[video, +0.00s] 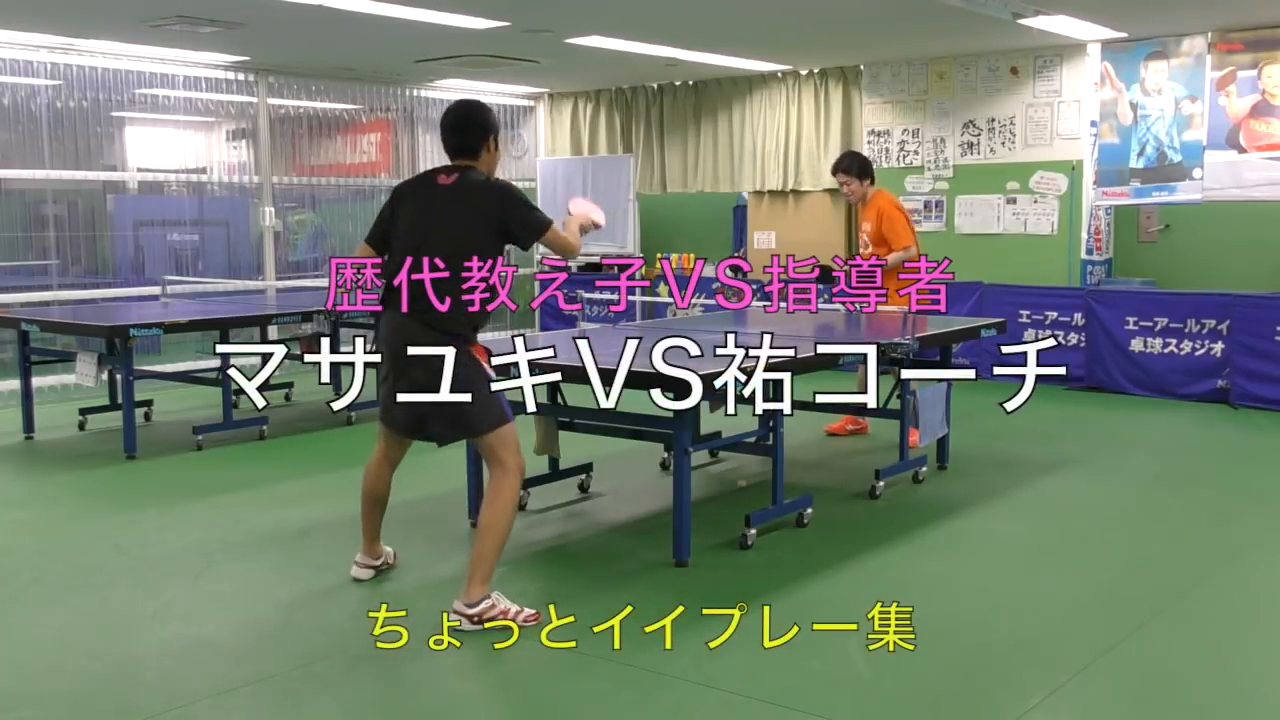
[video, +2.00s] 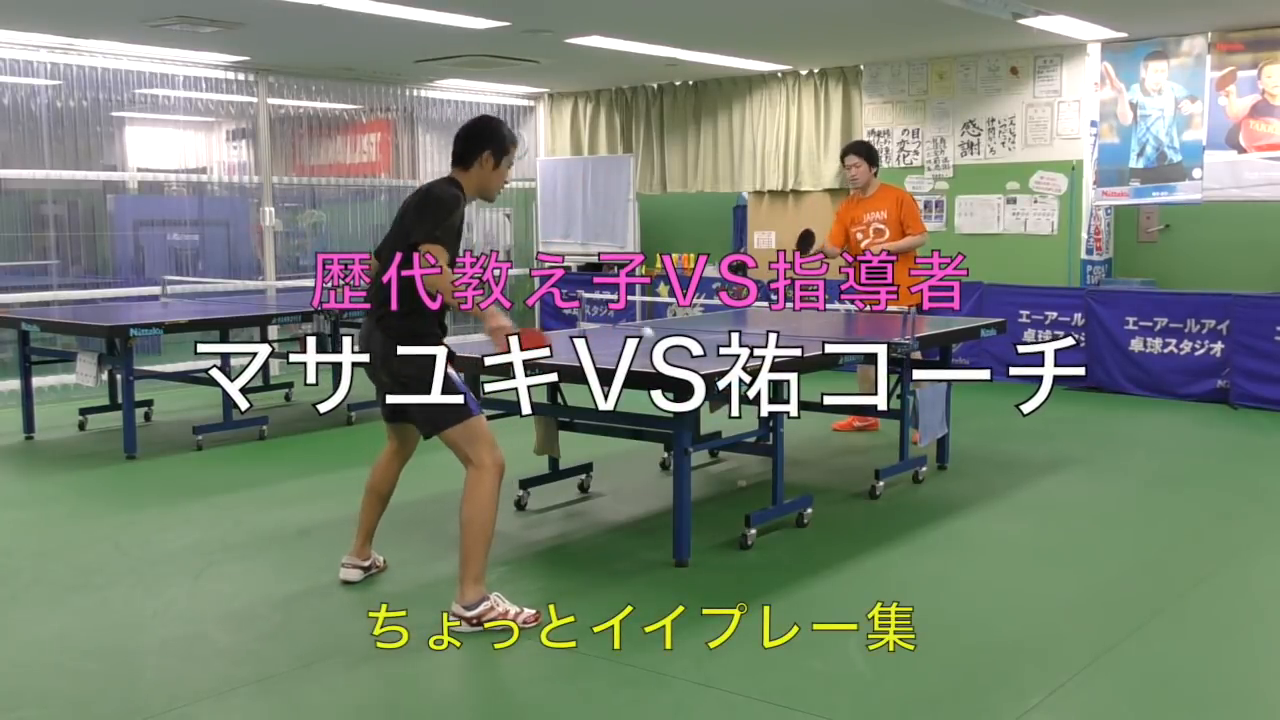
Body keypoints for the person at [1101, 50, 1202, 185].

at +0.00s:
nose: (1159, 77)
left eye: (1162, 71)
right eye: (1154, 71)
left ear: (1168, 72)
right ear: (1144, 72)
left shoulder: (1174, 89)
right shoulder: (1135, 91)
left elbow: (1199, 105)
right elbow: (1125, 121)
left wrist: (1191, 107)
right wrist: (1121, 94)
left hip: (1171, 161)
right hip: (1142, 163)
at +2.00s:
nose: (1159, 76)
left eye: (1163, 71)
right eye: (1155, 71)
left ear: (1168, 73)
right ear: (1144, 72)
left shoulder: (1173, 89)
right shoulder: (1135, 91)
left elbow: (1199, 105)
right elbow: (1125, 120)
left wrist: (1191, 107)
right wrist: (1121, 94)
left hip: (1171, 161)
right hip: (1141, 163)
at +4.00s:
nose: (1159, 76)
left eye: (1163, 71)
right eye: (1155, 71)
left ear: (1168, 72)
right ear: (1144, 72)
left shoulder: (1174, 89)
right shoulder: (1135, 91)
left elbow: (1199, 106)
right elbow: (1125, 120)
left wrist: (1191, 107)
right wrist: (1122, 95)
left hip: (1171, 161)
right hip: (1142, 163)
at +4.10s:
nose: (1158, 77)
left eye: (1162, 72)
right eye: (1154, 71)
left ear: (1167, 73)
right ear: (1143, 72)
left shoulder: (1173, 90)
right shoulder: (1135, 91)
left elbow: (1198, 106)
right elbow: (1125, 121)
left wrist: (1190, 107)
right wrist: (1121, 95)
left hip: (1171, 162)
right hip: (1141, 164)